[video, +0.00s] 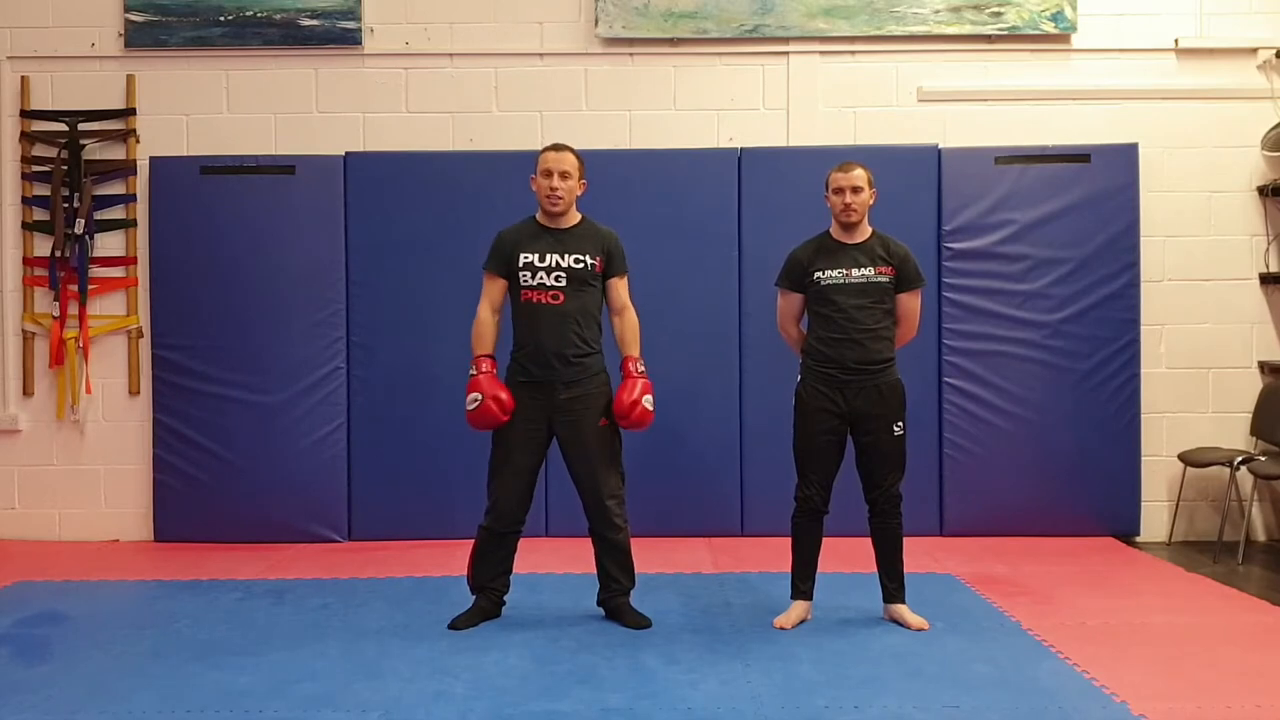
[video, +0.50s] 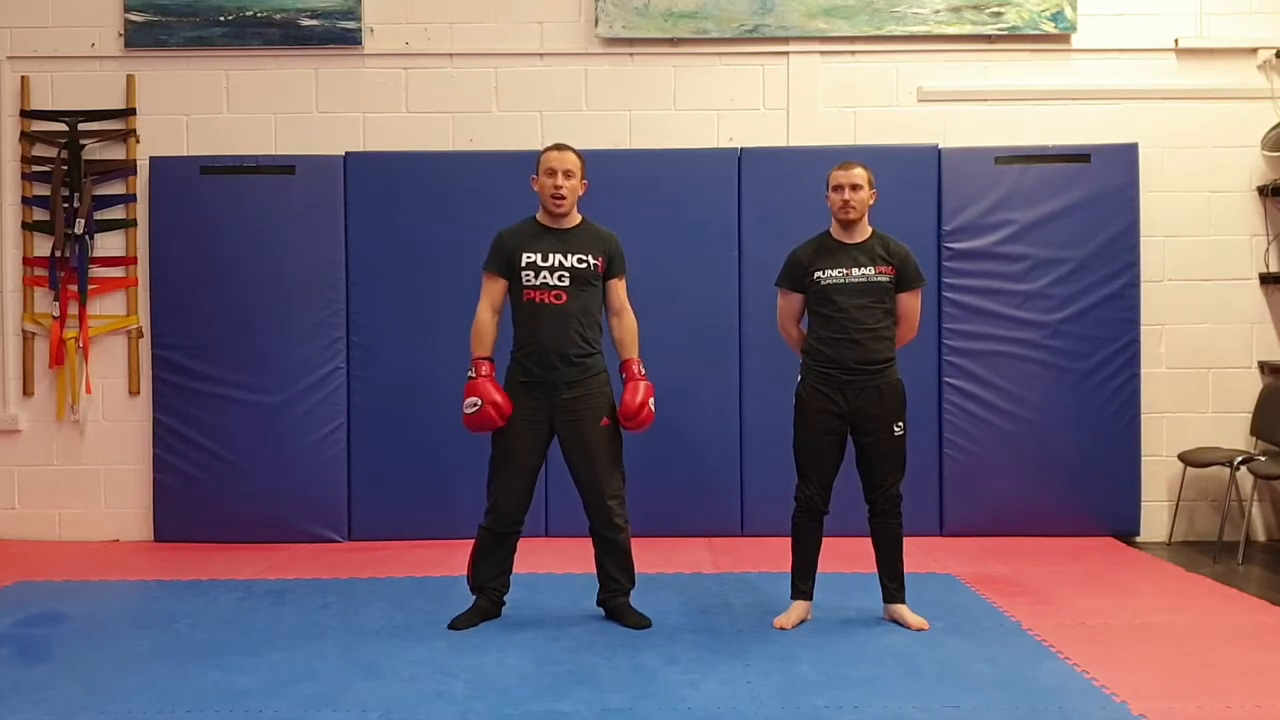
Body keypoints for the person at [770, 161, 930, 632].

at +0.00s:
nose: (847, 199)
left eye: (855, 190)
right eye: (838, 191)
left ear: (872, 196)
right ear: (827, 198)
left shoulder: (897, 256)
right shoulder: (805, 258)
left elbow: (908, 327)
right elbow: (787, 325)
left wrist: (866, 353)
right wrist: (822, 357)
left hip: (879, 392)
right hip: (820, 392)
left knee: (886, 499)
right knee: (810, 497)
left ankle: (894, 601)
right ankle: (801, 599)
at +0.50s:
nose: (846, 196)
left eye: (855, 188)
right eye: (838, 189)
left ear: (871, 195)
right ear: (827, 197)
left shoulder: (897, 255)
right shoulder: (805, 257)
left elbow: (908, 328)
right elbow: (788, 325)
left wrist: (865, 353)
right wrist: (823, 357)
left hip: (879, 392)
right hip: (820, 392)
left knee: (886, 499)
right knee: (810, 497)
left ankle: (894, 601)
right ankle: (801, 599)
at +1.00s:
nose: (845, 195)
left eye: (854, 187)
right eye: (837, 188)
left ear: (871, 195)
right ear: (827, 197)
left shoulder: (897, 255)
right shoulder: (805, 258)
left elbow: (908, 327)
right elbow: (788, 325)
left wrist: (865, 352)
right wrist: (822, 357)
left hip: (880, 392)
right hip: (820, 393)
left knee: (886, 499)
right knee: (810, 497)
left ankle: (894, 601)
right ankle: (801, 599)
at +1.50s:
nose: (845, 196)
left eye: (854, 188)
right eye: (837, 188)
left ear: (872, 196)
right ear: (827, 197)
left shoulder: (897, 256)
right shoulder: (805, 258)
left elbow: (908, 327)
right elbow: (788, 325)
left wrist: (866, 353)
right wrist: (822, 357)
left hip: (880, 392)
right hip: (821, 393)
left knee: (886, 499)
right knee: (811, 497)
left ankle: (894, 601)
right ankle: (801, 599)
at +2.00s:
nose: (835, 202)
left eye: (845, 194)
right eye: (831, 194)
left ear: (871, 199)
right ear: (828, 199)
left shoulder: (900, 255)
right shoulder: (812, 259)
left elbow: (923, 322)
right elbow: (807, 325)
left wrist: (908, 376)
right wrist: (805, 376)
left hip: (884, 390)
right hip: (824, 391)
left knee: (888, 500)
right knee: (810, 496)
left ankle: (892, 600)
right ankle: (799, 597)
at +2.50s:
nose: (838, 207)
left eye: (847, 198)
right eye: (837, 198)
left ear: (876, 200)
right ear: (853, 201)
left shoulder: (904, 250)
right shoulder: (839, 253)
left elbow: (917, 314)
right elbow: (831, 311)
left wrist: (892, 343)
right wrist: (819, 323)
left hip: (888, 383)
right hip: (840, 381)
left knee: (888, 490)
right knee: (825, 484)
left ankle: (892, 602)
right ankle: (851, 586)